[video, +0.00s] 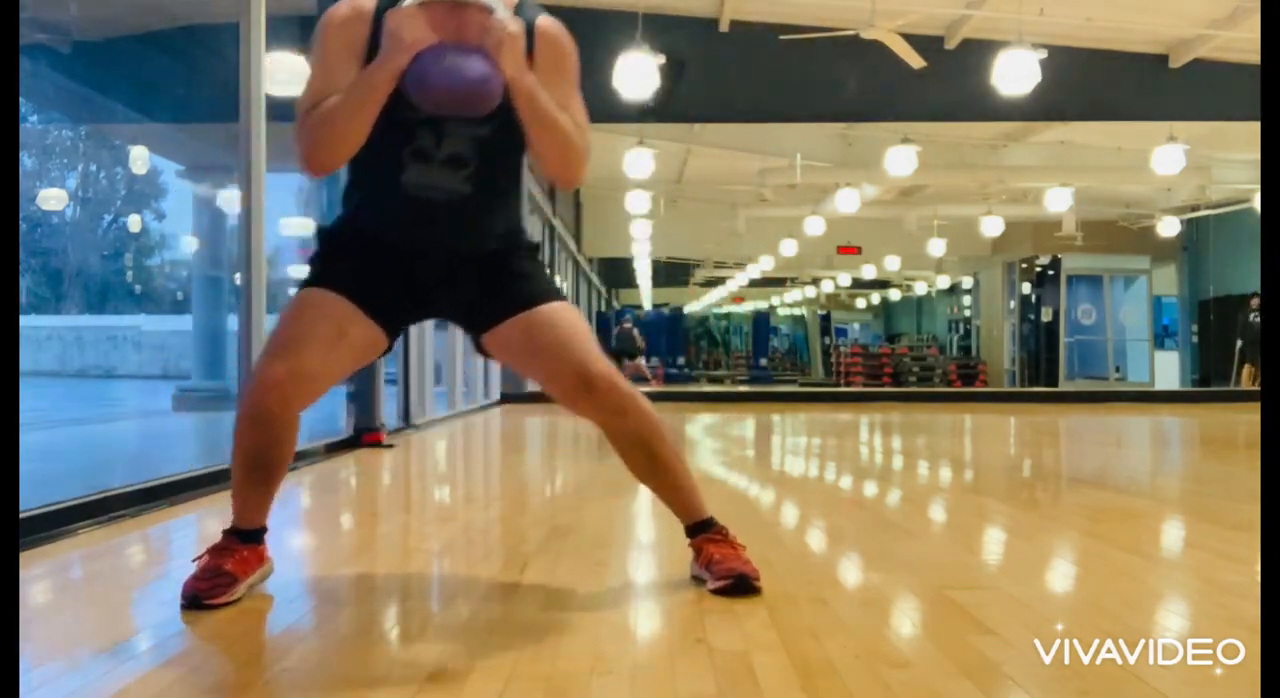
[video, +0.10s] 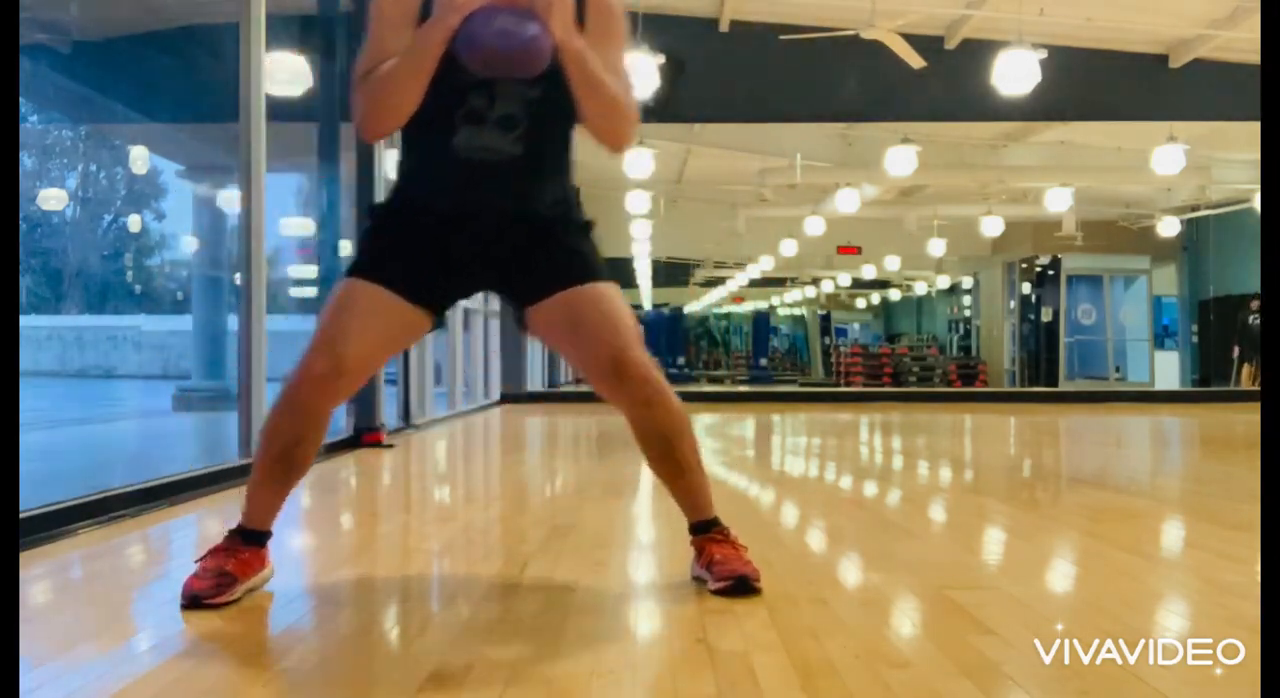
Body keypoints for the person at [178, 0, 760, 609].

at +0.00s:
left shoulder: (541, 38)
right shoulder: (356, 22)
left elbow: (567, 168)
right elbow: (317, 153)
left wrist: (513, 70)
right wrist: (393, 57)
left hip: (492, 262)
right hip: (371, 261)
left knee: (598, 384)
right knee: (268, 393)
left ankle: (707, 535)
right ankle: (242, 543)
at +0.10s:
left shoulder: (589, 6)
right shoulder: (406, 2)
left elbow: (617, 131)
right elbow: (374, 119)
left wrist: (564, 36)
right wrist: (443, 22)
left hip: (542, 227)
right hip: (424, 224)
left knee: (631, 371)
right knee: (317, 379)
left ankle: (710, 534)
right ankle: (245, 544)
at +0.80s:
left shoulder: (760, 0)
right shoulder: (579, 3)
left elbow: (792, 99)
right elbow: (555, 109)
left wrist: (733, 11)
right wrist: (614, 13)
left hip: (724, 205)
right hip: (618, 205)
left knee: (736, 361)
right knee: (613, 358)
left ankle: (719, 536)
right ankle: (631, 535)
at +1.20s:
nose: (673, 38)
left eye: (692, 21)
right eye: (657, 20)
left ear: (718, 41)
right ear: (631, 36)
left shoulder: (761, 141)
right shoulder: (585, 145)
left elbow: (793, 275)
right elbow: (557, 285)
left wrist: (737, 203)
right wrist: (611, 201)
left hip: (721, 323)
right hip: (623, 323)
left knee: (732, 397)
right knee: (614, 391)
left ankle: (718, 539)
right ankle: (630, 540)